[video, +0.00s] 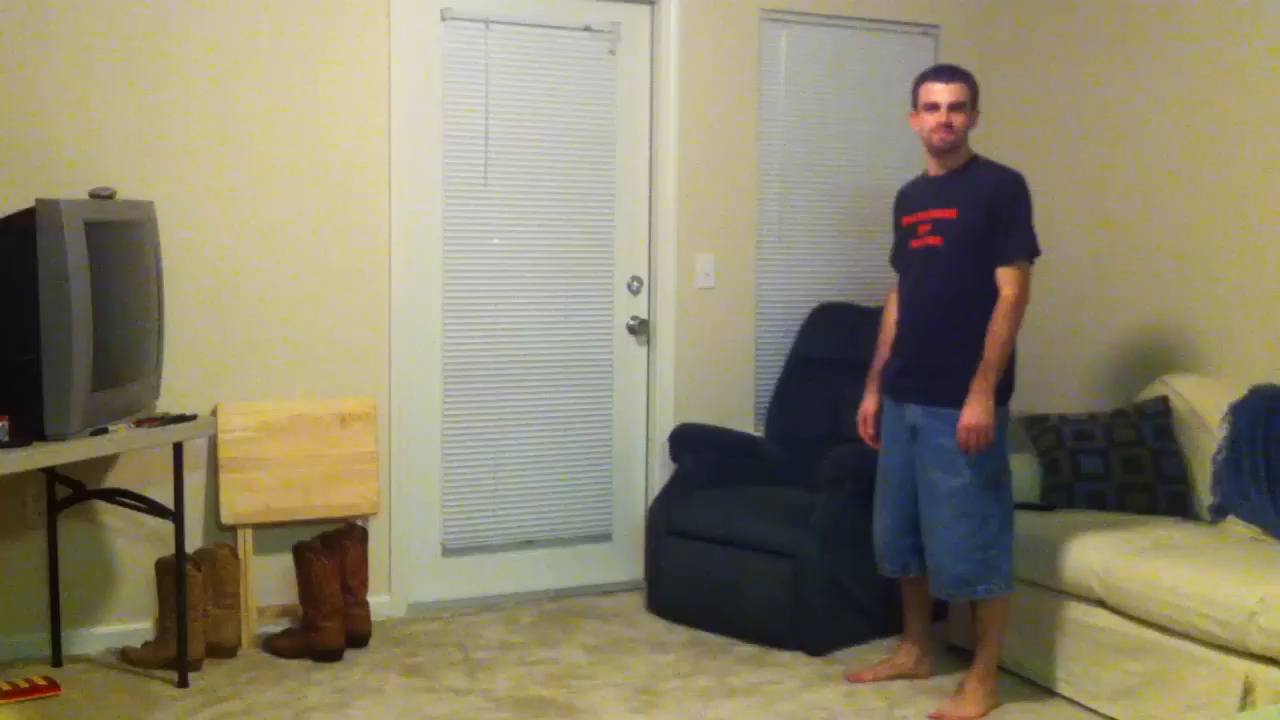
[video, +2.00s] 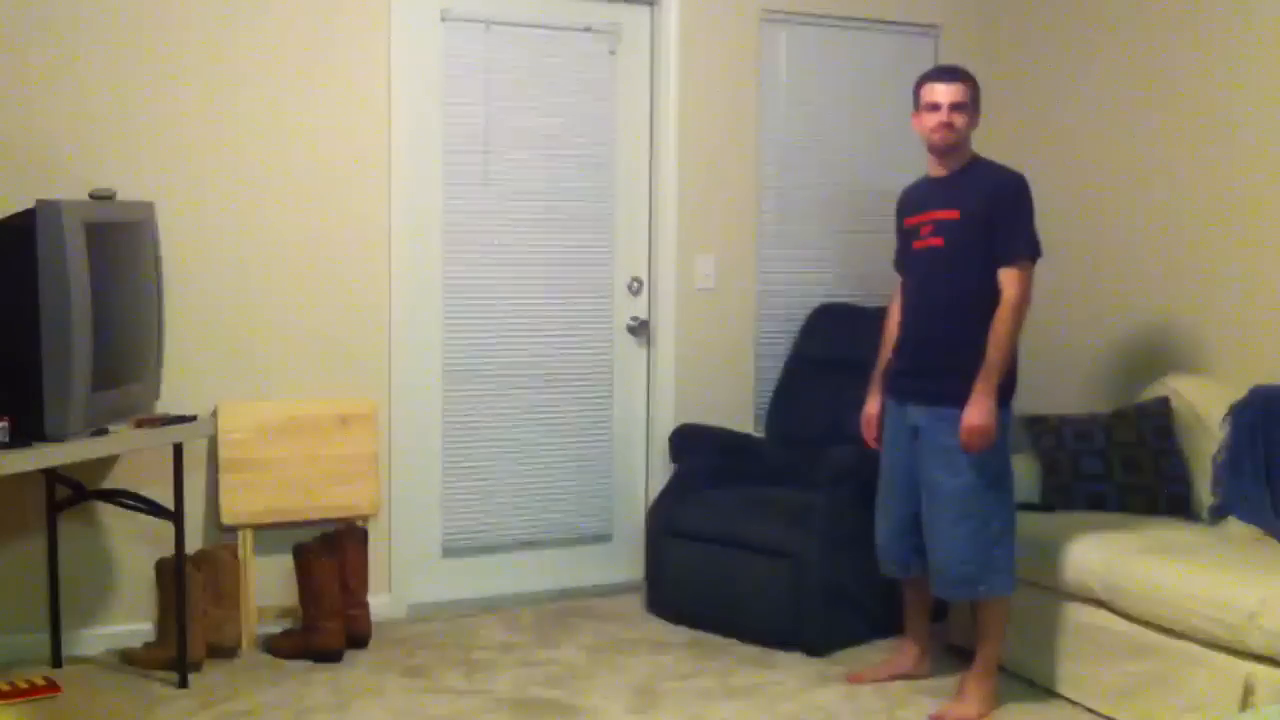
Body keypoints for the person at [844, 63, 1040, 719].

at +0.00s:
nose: (944, 119)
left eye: (957, 109)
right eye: (931, 108)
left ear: (974, 118)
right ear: (914, 118)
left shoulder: (1001, 188)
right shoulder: (909, 199)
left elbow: (1012, 297)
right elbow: (900, 295)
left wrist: (983, 394)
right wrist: (874, 386)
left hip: (964, 402)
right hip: (902, 397)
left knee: (978, 544)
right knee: (907, 531)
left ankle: (983, 677)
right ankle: (914, 650)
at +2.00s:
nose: (944, 118)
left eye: (958, 108)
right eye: (932, 108)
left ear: (975, 119)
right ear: (916, 119)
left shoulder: (1003, 188)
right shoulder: (911, 200)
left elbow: (1014, 296)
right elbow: (903, 297)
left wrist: (986, 393)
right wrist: (877, 387)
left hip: (966, 402)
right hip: (905, 398)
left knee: (980, 542)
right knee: (908, 531)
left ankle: (983, 676)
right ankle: (915, 650)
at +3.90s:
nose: (927, 116)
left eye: (939, 104)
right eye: (917, 108)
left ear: (967, 112)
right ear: (909, 122)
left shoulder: (1003, 189)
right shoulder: (912, 200)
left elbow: (1012, 299)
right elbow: (902, 299)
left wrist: (982, 397)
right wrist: (875, 386)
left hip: (964, 402)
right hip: (904, 398)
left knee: (980, 542)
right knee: (909, 529)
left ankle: (983, 676)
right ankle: (914, 650)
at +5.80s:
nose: (929, 120)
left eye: (942, 109)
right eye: (921, 112)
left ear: (974, 113)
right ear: (915, 122)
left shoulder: (1009, 192)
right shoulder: (919, 197)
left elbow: (1016, 306)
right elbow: (909, 298)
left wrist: (983, 402)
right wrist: (879, 382)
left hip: (971, 407)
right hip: (910, 400)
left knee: (982, 544)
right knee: (909, 531)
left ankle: (984, 678)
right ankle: (914, 650)